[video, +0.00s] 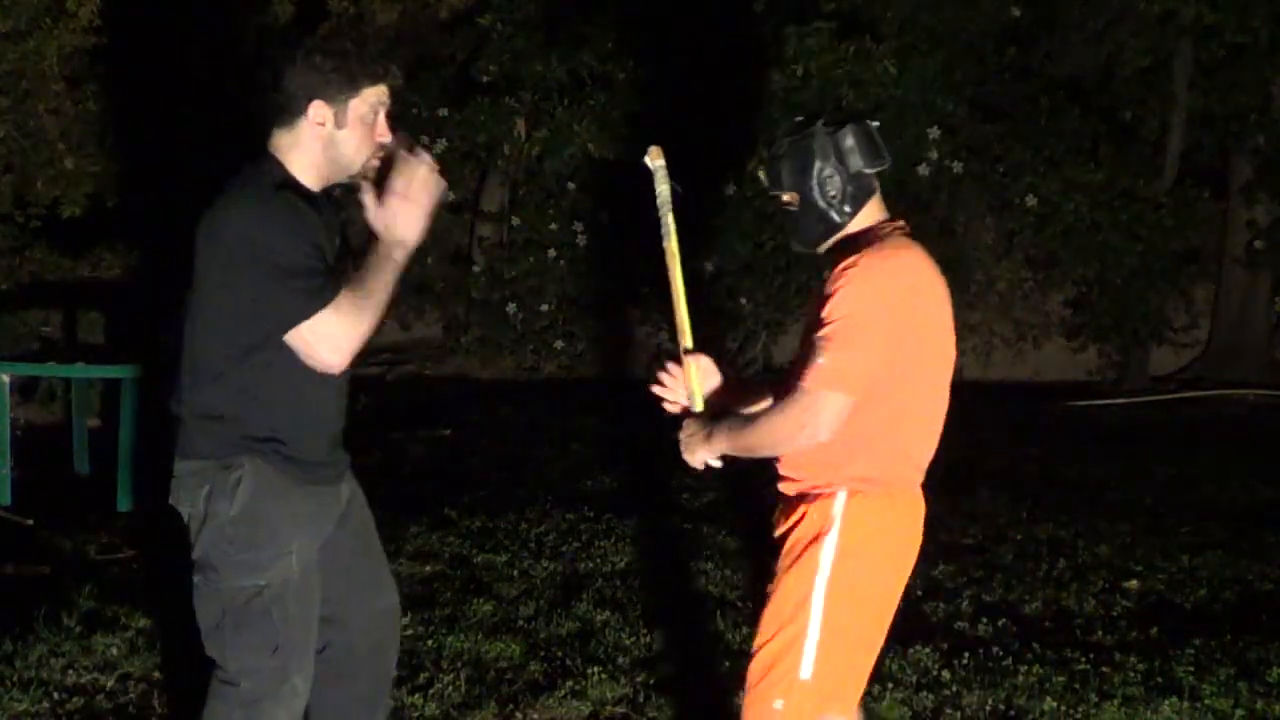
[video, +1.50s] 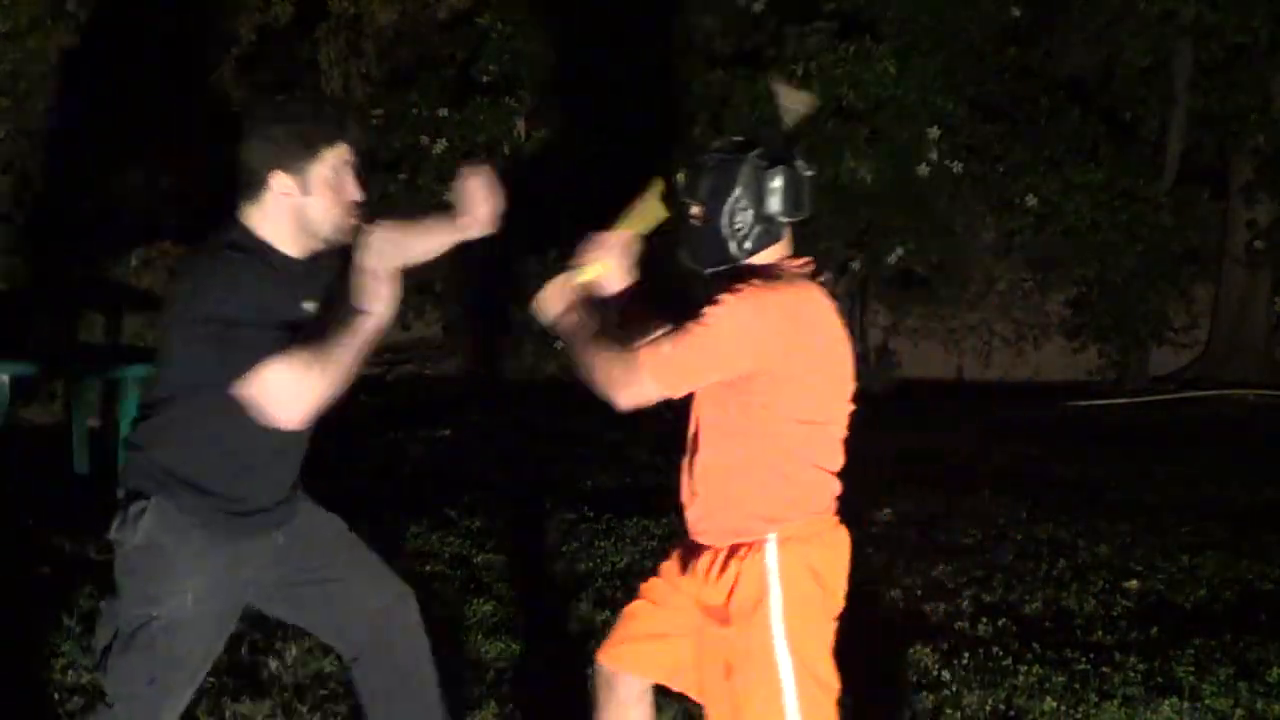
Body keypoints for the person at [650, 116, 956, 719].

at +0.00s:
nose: (786, 208)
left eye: (793, 193)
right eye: (784, 193)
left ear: (831, 189)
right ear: (848, 186)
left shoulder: (877, 274)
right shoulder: (884, 266)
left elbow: (815, 416)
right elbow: (805, 395)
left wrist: (716, 439)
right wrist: (722, 394)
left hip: (849, 517)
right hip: (859, 515)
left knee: (786, 702)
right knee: (816, 702)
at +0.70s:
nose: (804, 223)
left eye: (813, 209)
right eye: (802, 208)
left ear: (855, 207)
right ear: (870, 203)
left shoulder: (913, 289)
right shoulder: (882, 284)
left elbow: (887, 442)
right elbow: (854, 408)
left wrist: (795, 478)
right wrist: (766, 419)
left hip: (911, 528)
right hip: (883, 521)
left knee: (840, 701)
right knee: (895, 698)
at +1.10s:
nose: (849, 205)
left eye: (858, 190)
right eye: (850, 189)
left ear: (893, 194)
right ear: (923, 195)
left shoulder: (914, 279)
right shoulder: (942, 275)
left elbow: (831, 403)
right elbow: (869, 405)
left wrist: (754, 458)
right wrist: (766, 424)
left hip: (893, 539)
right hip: (908, 533)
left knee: (877, 706)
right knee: (899, 703)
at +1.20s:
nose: (828, 215)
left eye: (839, 201)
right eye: (830, 200)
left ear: (876, 207)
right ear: (908, 210)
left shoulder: (886, 291)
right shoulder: (937, 290)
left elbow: (754, 374)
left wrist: (708, 379)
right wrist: (773, 348)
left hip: (881, 550)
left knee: (862, 708)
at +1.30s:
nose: (791, 221)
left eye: (801, 209)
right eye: (791, 208)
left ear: (840, 216)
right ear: (867, 217)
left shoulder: (836, 298)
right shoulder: (921, 300)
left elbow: (712, 344)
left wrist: (745, 313)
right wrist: (781, 310)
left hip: (851, 554)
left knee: (845, 708)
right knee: (726, 652)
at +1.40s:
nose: (742, 221)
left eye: (750, 210)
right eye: (744, 208)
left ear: (780, 217)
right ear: (828, 213)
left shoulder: (785, 297)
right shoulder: (867, 289)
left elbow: (676, 350)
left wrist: (676, 276)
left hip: (816, 553)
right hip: (763, 550)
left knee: (825, 709)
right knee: (672, 657)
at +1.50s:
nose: (692, 224)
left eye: (703, 210)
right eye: (694, 209)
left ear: (738, 218)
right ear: (772, 218)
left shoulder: (774, 312)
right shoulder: (752, 305)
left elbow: (627, 384)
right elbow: (666, 356)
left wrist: (570, 316)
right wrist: (622, 294)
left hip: (777, 557)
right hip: (710, 555)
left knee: (782, 711)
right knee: (622, 671)